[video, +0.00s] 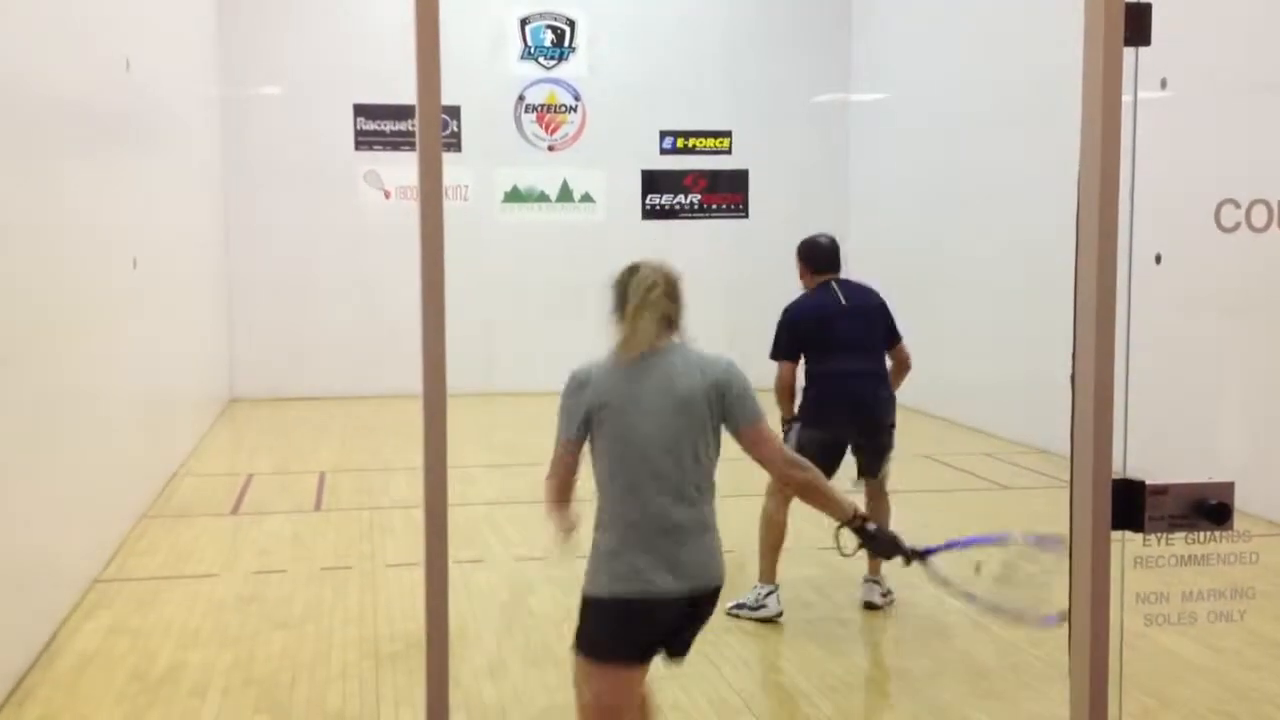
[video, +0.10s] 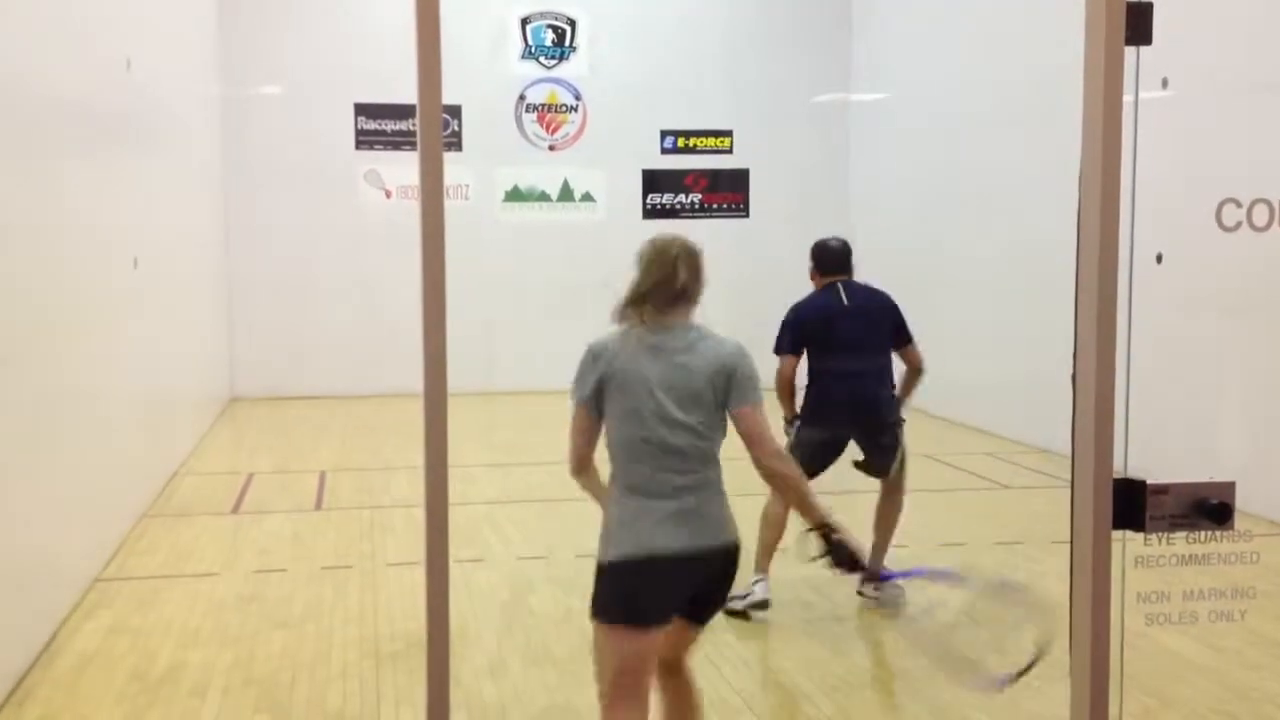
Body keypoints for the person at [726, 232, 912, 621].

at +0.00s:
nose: (798, 275)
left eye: (798, 269)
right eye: (800, 269)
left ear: (803, 270)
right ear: (838, 265)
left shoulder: (798, 312)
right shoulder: (869, 298)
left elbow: (785, 381)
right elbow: (902, 362)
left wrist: (788, 418)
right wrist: (881, 396)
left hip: (824, 410)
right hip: (875, 408)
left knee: (779, 493)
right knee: (875, 487)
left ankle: (766, 590)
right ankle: (874, 581)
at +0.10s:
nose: (809, 275)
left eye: (810, 270)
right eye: (813, 270)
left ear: (814, 273)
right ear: (850, 269)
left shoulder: (803, 311)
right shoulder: (880, 302)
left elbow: (785, 375)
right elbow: (915, 365)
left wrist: (790, 415)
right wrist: (896, 404)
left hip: (825, 411)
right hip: (876, 411)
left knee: (783, 488)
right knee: (893, 482)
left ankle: (759, 581)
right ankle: (873, 575)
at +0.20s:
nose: (838, 282)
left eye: (838, 276)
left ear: (837, 279)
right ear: (873, 278)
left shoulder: (821, 319)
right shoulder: (897, 313)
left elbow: (798, 387)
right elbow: (944, 368)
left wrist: (813, 417)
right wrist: (942, 415)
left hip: (829, 422)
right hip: (881, 424)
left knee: (794, 498)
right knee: (912, 480)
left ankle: (756, 579)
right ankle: (870, 561)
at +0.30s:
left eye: (876, 278)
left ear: (874, 281)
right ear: (909, 280)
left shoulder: (857, 317)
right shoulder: (929, 313)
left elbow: (836, 383)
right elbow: (982, 357)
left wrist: (853, 415)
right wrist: (999, 402)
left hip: (852, 424)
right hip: (900, 428)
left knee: (825, 492)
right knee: (911, 496)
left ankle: (767, 551)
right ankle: (859, 568)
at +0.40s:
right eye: (949, 279)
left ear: (915, 279)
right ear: (948, 279)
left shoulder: (894, 311)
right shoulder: (959, 307)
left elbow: (865, 378)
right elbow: (1017, 348)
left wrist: (882, 411)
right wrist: (1052, 393)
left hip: (884, 411)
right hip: (921, 414)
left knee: (887, 486)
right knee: (919, 495)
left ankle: (819, 533)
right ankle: (860, 565)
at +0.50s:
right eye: (989, 275)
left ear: (956, 274)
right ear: (989, 276)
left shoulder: (934, 306)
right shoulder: (993, 303)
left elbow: (896, 372)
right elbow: (1050, 337)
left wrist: (911, 416)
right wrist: (1083, 370)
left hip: (917, 408)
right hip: (947, 411)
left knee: (957, 470)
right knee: (937, 499)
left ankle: (938, 550)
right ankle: (867, 557)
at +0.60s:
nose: (1040, 288)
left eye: (1038, 283)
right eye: (1038, 282)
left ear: (1002, 278)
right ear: (1033, 282)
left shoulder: (977, 308)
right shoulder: (1031, 308)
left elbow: (929, 369)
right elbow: (1075, 340)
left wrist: (938, 415)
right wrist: (1109, 378)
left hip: (955, 413)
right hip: (978, 417)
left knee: (1005, 487)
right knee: (1002, 501)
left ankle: (996, 563)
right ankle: (919, 537)